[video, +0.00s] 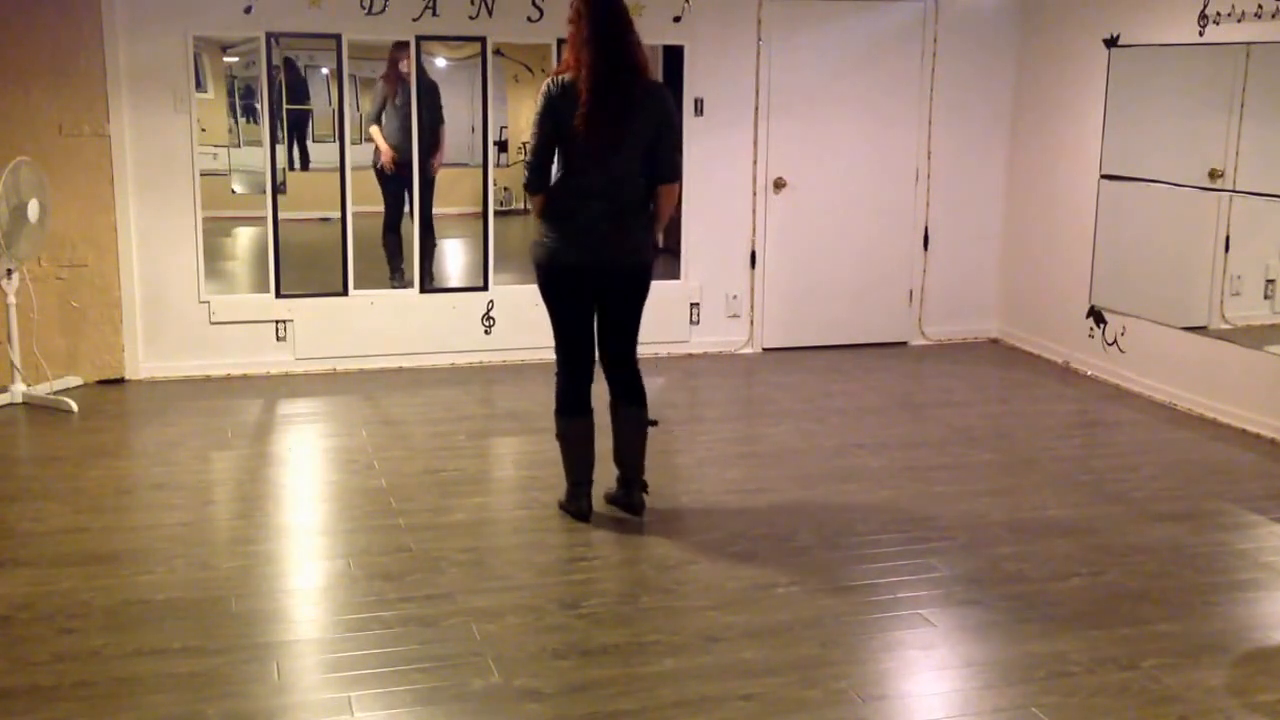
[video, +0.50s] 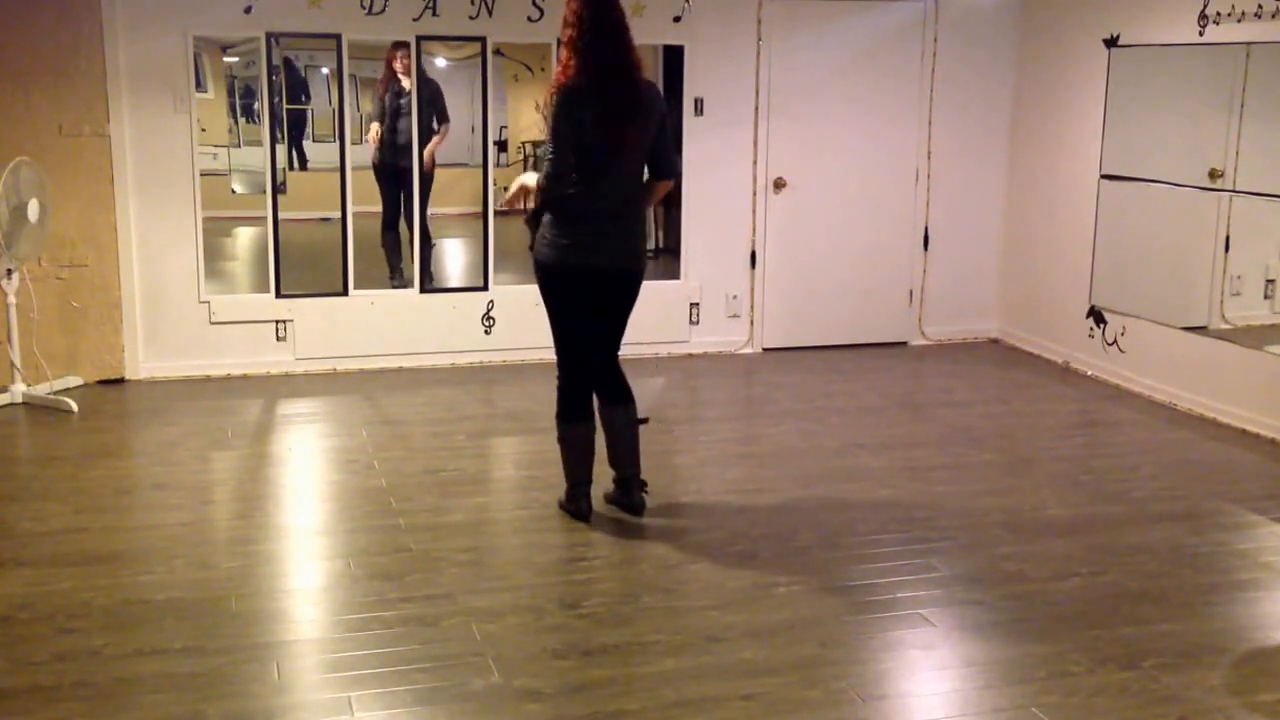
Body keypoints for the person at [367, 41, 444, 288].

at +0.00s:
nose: (406, 64)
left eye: (410, 59)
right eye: (401, 60)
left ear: (418, 60)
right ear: (395, 62)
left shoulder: (429, 87)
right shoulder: (387, 85)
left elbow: (439, 123)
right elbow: (371, 120)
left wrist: (439, 153)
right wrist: (383, 147)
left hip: (423, 162)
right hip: (392, 162)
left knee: (424, 218)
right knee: (393, 216)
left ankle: (427, 273)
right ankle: (396, 271)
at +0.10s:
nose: (405, 64)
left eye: (409, 59)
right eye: (400, 59)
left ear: (417, 60)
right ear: (394, 62)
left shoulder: (430, 87)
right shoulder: (386, 85)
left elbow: (440, 124)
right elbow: (371, 120)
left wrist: (438, 153)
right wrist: (381, 146)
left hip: (421, 163)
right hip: (391, 162)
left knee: (423, 218)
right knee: (392, 216)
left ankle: (426, 273)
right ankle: (396, 271)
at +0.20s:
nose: (402, 63)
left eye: (407, 58)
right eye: (398, 58)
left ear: (415, 59)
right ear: (392, 61)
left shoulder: (430, 87)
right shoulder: (384, 86)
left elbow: (441, 125)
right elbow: (372, 121)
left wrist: (435, 154)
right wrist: (378, 145)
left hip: (419, 164)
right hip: (389, 163)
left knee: (420, 219)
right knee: (390, 218)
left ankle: (425, 273)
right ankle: (395, 271)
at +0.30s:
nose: (401, 62)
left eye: (406, 58)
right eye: (397, 58)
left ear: (415, 59)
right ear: (391, 61)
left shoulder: (430, 87)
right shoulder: (384, 86)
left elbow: (442, 125)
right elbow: (373, 120)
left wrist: (434, 153)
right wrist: (376, 141)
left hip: (419, 163)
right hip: (388, 162)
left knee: (418, 219)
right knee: (390, 218)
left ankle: (425, 273)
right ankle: (395, 271)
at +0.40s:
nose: (401, 62)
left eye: (405, 58)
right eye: (397, 58)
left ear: (414, 60)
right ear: (391, 61)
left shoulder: (429, 86)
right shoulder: (384, 87)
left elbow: (443, 125)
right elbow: (375, 119)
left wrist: (431, 151)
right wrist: (374, 132)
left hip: (418, 162)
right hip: (388, 161)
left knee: (416, 218)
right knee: (390, 218)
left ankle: (425, 272)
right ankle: (395, 271)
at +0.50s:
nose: (400, 62)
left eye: (405, 57)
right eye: (396, 58)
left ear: (414, 59)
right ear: (390, 61)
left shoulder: (429, 86)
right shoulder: (384, 86)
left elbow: (444, 123)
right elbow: (377, 118)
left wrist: (431, 147)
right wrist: (374, 129)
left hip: (417, 161)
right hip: (387, 160)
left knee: (415, 217)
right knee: (390, 216)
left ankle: (425, 273)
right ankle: (395, 271)